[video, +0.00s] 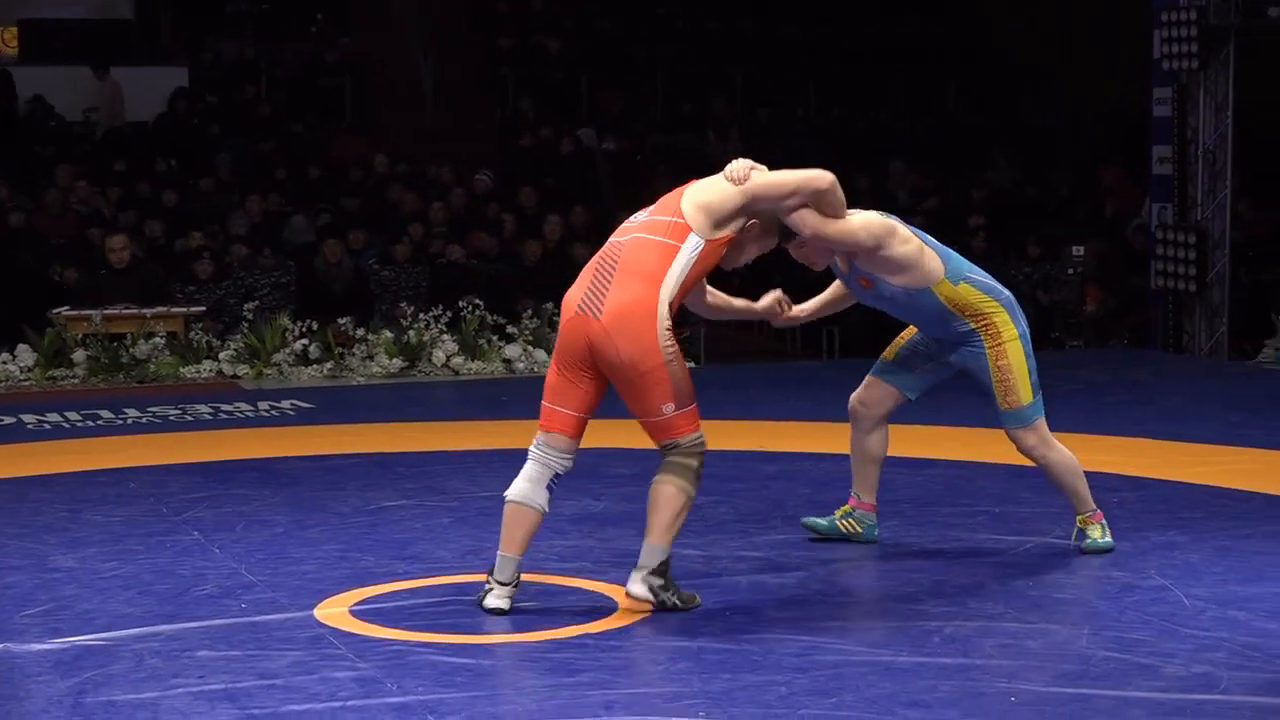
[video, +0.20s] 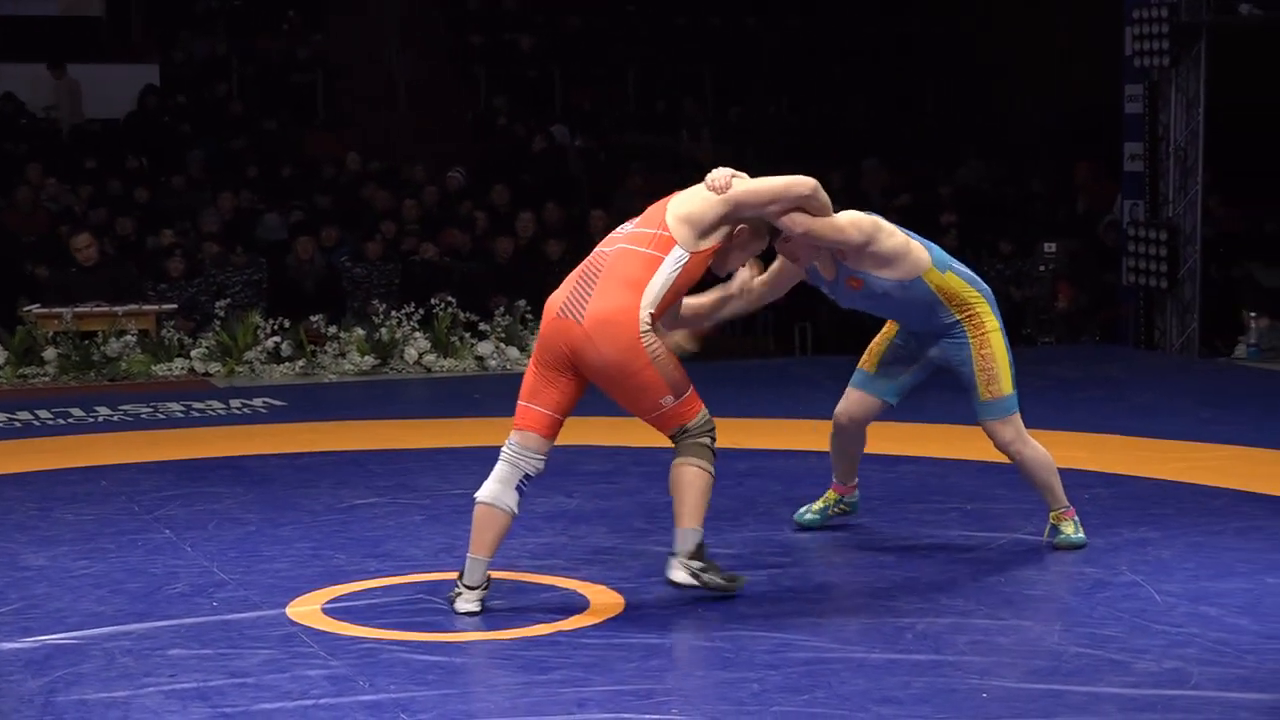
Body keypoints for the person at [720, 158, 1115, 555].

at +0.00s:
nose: (793, 254)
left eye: (795, 241)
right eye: (787, 245)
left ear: (818, 230)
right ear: (803, 239)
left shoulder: (870, 233)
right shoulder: (852, 267)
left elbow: (806, 217)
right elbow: (847, 288)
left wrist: (753, 179)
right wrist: (796, 315)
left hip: (988, 320)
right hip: (935, 329)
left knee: (1033, 441)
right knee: (866, 407)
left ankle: (1090, 519)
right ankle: (862, 513)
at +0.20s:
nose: (782, 249)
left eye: (787, 236)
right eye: (775, 241)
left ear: (810, 227)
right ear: (774, 241)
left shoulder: (858, 234)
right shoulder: (800, 262)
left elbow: (798, 216)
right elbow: (740, 295)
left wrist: (740, 188)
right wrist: (672, 316)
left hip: (966, 314)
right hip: (910, 325)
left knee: (1008, 437)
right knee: (848, 417)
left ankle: (1064, 516)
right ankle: (843, 495)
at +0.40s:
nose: (736, 252)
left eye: (742, 240)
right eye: (736, 241)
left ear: (769, 233)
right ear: (761, 236)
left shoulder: (834, 236)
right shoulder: (763, 266)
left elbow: (800, 204)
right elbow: (715, 310)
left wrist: (736, 197)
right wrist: (693, 269)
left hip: (936, 298)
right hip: (881, 318)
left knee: (992, 406)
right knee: (833, 411)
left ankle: (1051, 500)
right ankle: (827, 502)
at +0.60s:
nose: (785, 353)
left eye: (784, 346)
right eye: (770, 349)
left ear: (797, 322)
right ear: (759, 310)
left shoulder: (838, 305)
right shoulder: (761, 277)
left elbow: (799, 373)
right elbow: (749, 360)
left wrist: (737, 410)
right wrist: (703, 412)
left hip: (925, 303)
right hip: (870, 318)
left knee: (977, 411)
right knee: (820, 410)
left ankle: (1051, 481)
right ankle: (819, 502)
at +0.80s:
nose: (747, 455)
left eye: (750, 449)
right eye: (737, 449)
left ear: (776, 426)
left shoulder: (823, 420)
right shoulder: (738, 379)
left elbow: (823, 512)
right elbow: (666, 416)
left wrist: (774, 563)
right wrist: (623, 468)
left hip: (916, 358)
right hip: (863, 337)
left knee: (894, 473)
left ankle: (1009, 501)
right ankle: (817, 462)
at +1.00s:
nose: (743, 401)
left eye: (752, 391)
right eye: (740, 391)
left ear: (788, 390)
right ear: (743, 392)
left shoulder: (834, 417)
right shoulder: (759, 422)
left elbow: (832, 509)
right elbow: (711, 484)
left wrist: (779, 559)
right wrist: (672, 555)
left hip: (927, 487)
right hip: (876, 485)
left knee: (858, 558)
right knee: (791, 528)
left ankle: (962, 549)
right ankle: (901, 531)